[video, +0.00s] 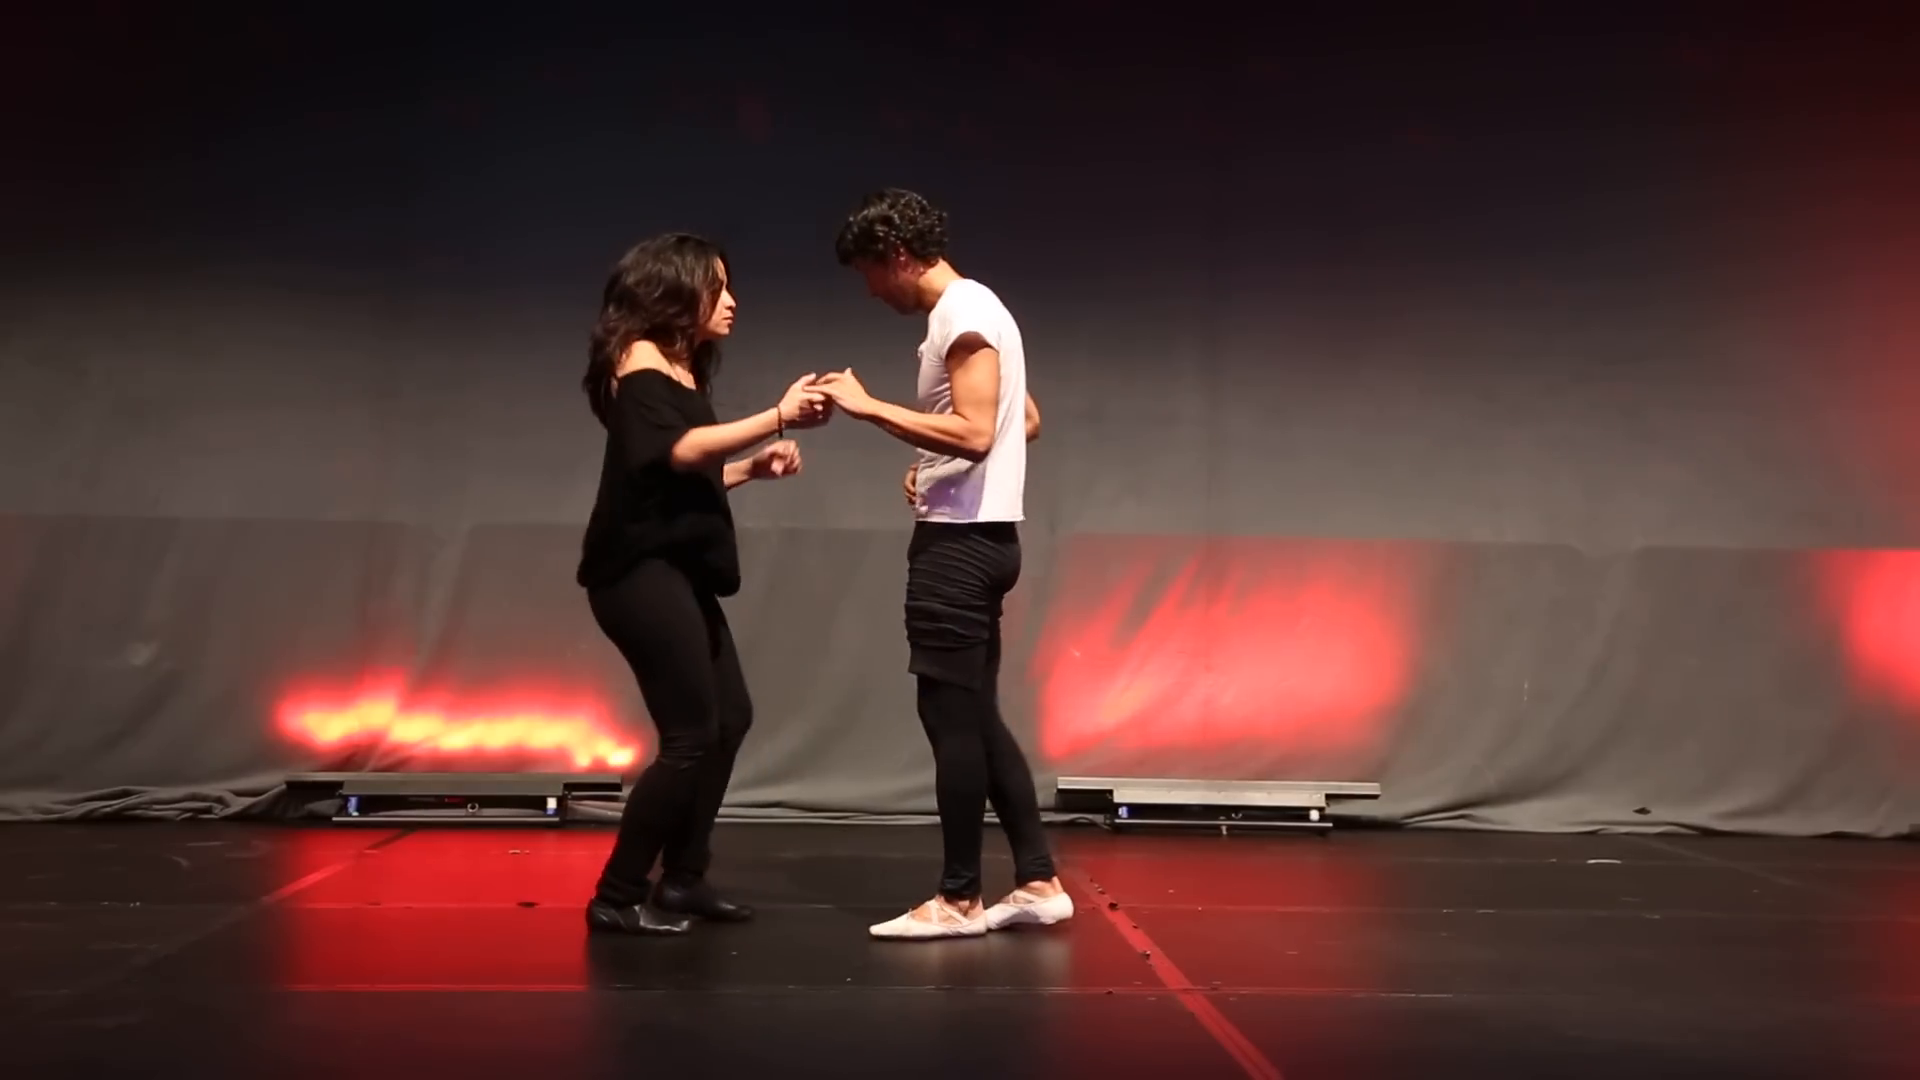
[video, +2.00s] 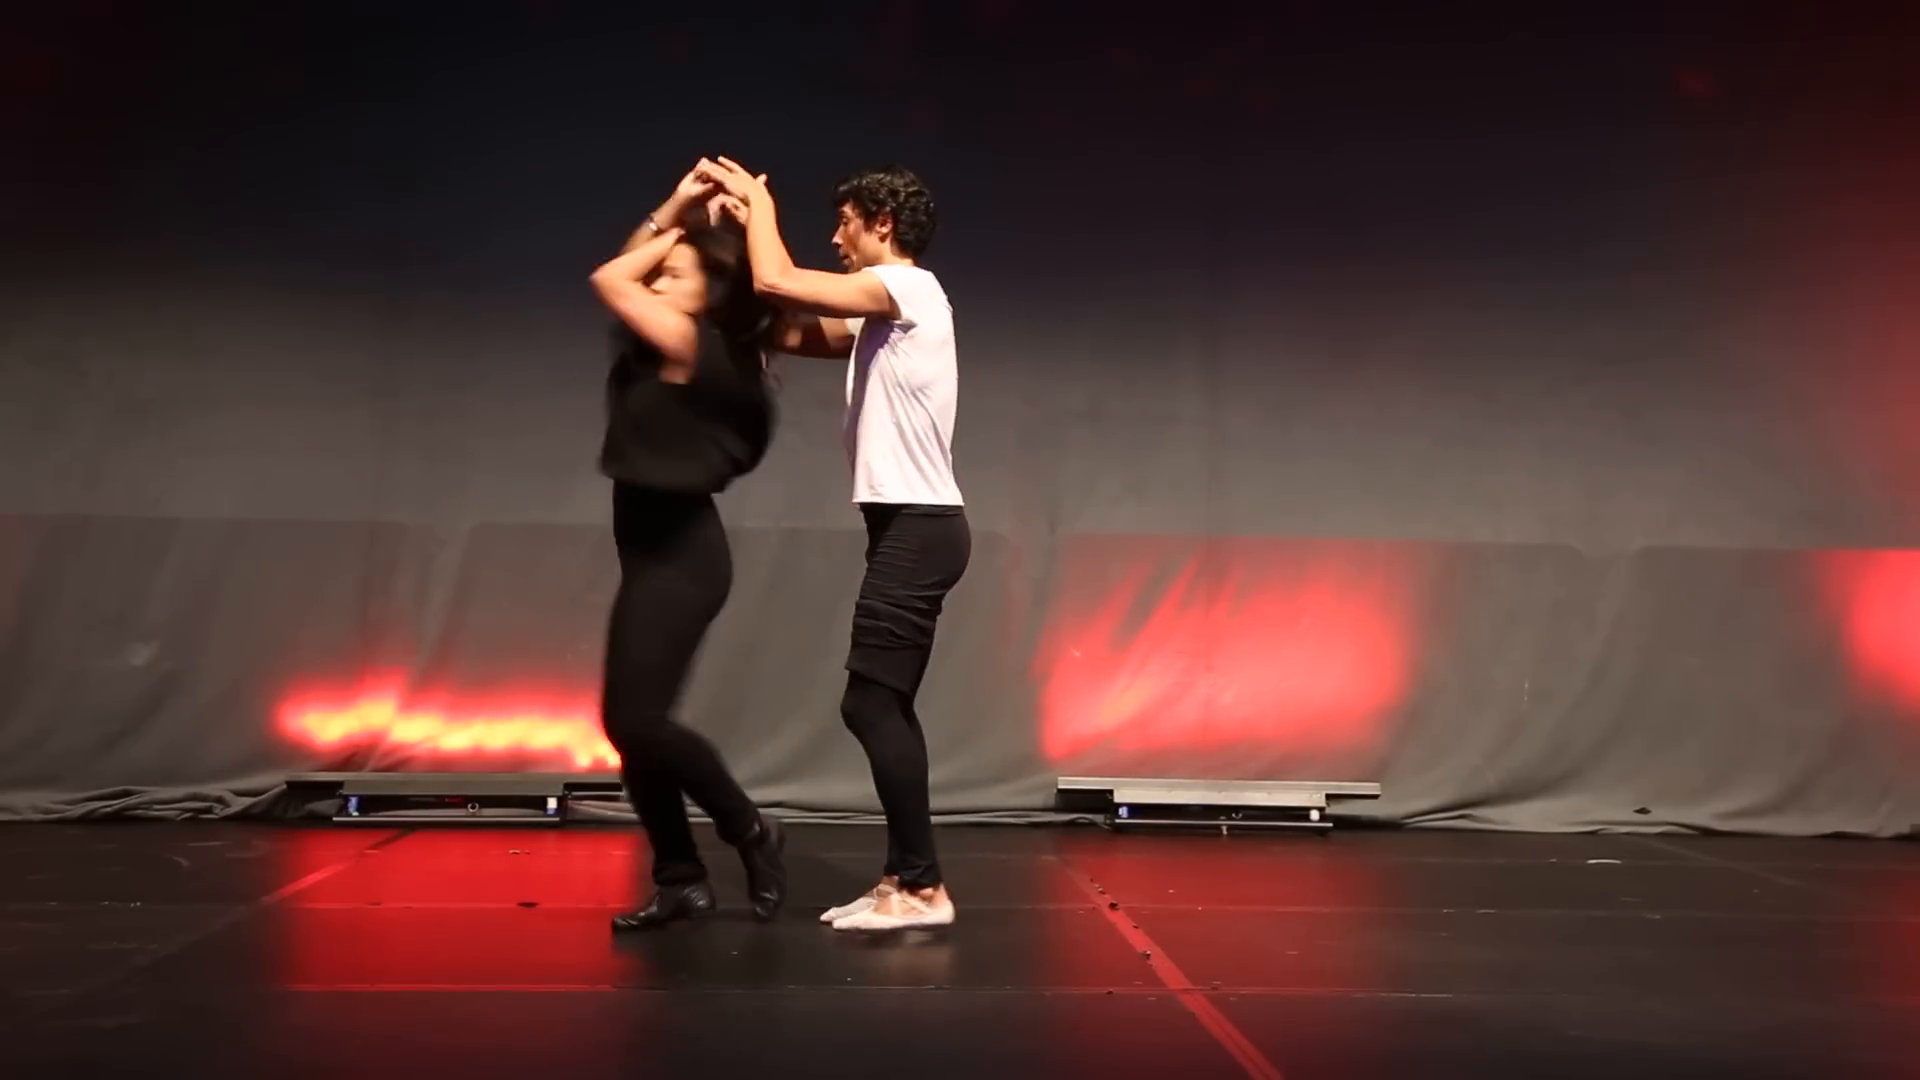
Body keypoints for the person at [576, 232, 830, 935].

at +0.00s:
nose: (730, 300)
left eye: (727, 288)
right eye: (718, 288)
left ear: (685, 298)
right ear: (680, 295)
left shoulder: (678, 368)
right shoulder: (642, 358)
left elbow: (681, 478)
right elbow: (679, 446)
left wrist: (750, 468)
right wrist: (776, 414)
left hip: (677, 573)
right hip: (638, 575)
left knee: (729, 717)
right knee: (692, 731)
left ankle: (681, 883)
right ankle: (617, 899)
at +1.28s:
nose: (710, 300)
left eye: (706, 288)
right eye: (699, 290)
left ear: (642, 302)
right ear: (666, 301)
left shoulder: (624, 366)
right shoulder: (684, 367)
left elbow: (705, 423)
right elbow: (786, 419)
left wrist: (761, 363)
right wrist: (812, 341)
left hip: (604, 570)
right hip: (648, 571)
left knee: (710, 699)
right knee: (664, 730)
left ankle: (726, 856)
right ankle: (576, 875)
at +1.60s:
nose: (719, 302)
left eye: (715, 291)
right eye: (707, 291)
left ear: (653, 299)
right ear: (671, 299)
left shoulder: (647, 362)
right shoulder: (684, 356)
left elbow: (762, 376)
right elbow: (774, 349)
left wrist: (787, 261)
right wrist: (801, 241)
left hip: (640, 562)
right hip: (658, 560)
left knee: (720, 717)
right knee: (666, 730)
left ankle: (702, 880)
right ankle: (580, 882)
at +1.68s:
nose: (722, 302)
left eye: (720, 290)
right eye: (712, 290)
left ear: (658, 297)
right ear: (680, 295)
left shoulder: (680, 363)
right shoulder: (672, 351)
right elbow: (753, 322)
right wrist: (785, 229)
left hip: (680, 568)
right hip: (643, 561)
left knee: (740, 718)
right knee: (666, 729)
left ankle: (699, 880)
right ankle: (581, 876)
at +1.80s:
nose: (727, 292)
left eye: (737, 282)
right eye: (713, 278)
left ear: (747, 296)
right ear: (680, 288)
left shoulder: (745, 361)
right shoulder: (640, 344)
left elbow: (765, 334)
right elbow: (655, 282)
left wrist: (752, 232)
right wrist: (717, 216)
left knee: (744, 723)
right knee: (643, 727)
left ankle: (714, 875)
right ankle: (636, 883)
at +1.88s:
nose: (697, 276)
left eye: (715, 273)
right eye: (690, 260)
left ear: (738, 297)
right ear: (666, 278)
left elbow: (708, 300)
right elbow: (612, 266)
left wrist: (715, 216)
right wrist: (688, 202)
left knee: (721, 727)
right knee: (612, 726)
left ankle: (726, 871)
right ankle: (672, 879)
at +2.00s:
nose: (658, 264)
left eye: (673, 259)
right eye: (662, 256)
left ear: (702, 278)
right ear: (689, 277)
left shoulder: (693, 340)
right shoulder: (679, 332)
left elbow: (610, 283)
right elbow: (630, 270)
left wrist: (671, 230)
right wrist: (680, 205)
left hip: (683, 556)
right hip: (653, 553)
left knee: (639, 720)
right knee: (630, 722)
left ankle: (754, 838)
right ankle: (680, 881)